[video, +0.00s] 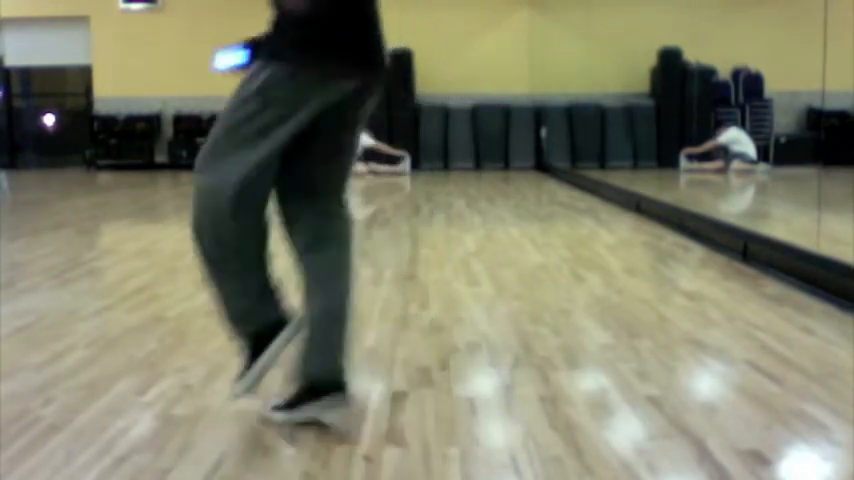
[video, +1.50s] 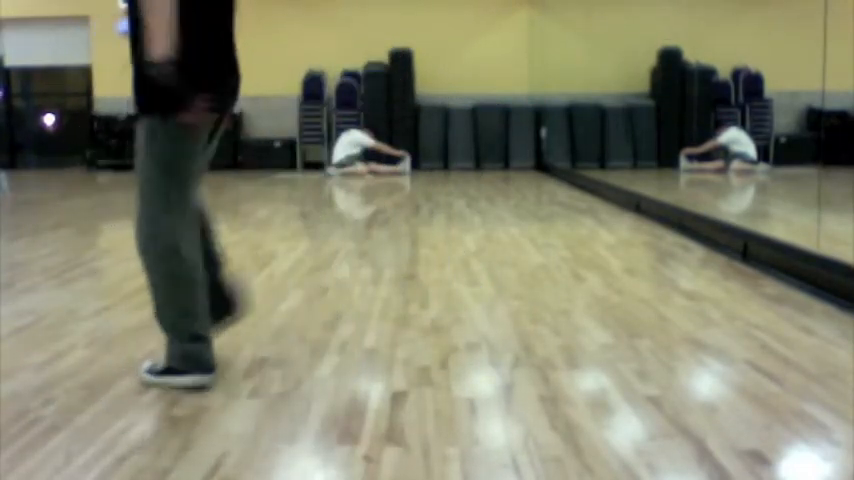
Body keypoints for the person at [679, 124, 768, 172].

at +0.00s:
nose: (719, 134)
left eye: (719, 132)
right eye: (718, 133)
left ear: (723, 128)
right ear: (727, 127)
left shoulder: (732, 132)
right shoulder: (733, 132)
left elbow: (711, 146)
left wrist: (688, 151)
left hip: (743, 160)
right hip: (734, 159)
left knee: (733, 170)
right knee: (715, 165)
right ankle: (692, 166)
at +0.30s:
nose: (719, 134)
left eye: (719, 132)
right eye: (719, 133)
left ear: (723, 128)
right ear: (727, 127)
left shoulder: (732, 132)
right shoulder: (733, 132)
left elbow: (710, 146)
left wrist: (688, 151)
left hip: (744, 159)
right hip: (734, 159)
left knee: (733, 169)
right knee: (715, 165)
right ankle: (692, 166)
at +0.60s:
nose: (719, 135)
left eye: (720, 133)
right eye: (719, 133)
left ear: (723, 129)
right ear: (727, 127)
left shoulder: (731, 132)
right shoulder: (733, 132)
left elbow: (709, 146)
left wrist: (688, 151)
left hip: (744, 159)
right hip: (735, 159)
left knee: (733, 169)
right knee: (715, 165)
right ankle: (692, 166)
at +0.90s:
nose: (719, 135)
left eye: (720, 133)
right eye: (719, 133)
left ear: (723, 129)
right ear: (727, 127)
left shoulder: (731, 132)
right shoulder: (734, 132)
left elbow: (709, 146)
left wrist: (688, 151)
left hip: (744, 159)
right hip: (735, 159)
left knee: (733, 169)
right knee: (715, 165)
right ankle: (692, 166)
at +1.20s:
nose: (719, 135)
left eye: (720, 133)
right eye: (719, 133)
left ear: (723, 129)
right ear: (727, 127)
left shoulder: (731, 132)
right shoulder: (733, 132)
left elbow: (710, 146)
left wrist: (688, 151)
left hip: (744, 159)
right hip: (735, 159)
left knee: (733, 169)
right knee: (715, 165)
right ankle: (692, 166)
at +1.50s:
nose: (719, 135)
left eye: (720, 133)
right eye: (719, 133)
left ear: (723, 129)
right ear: (727, 127)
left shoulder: (731, 132)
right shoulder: (734, 132)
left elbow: (710, 146)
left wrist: (688, 151)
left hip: (744, 160)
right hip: (735, 159)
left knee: (733, 169)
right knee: (715, 165)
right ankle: (692, 166)